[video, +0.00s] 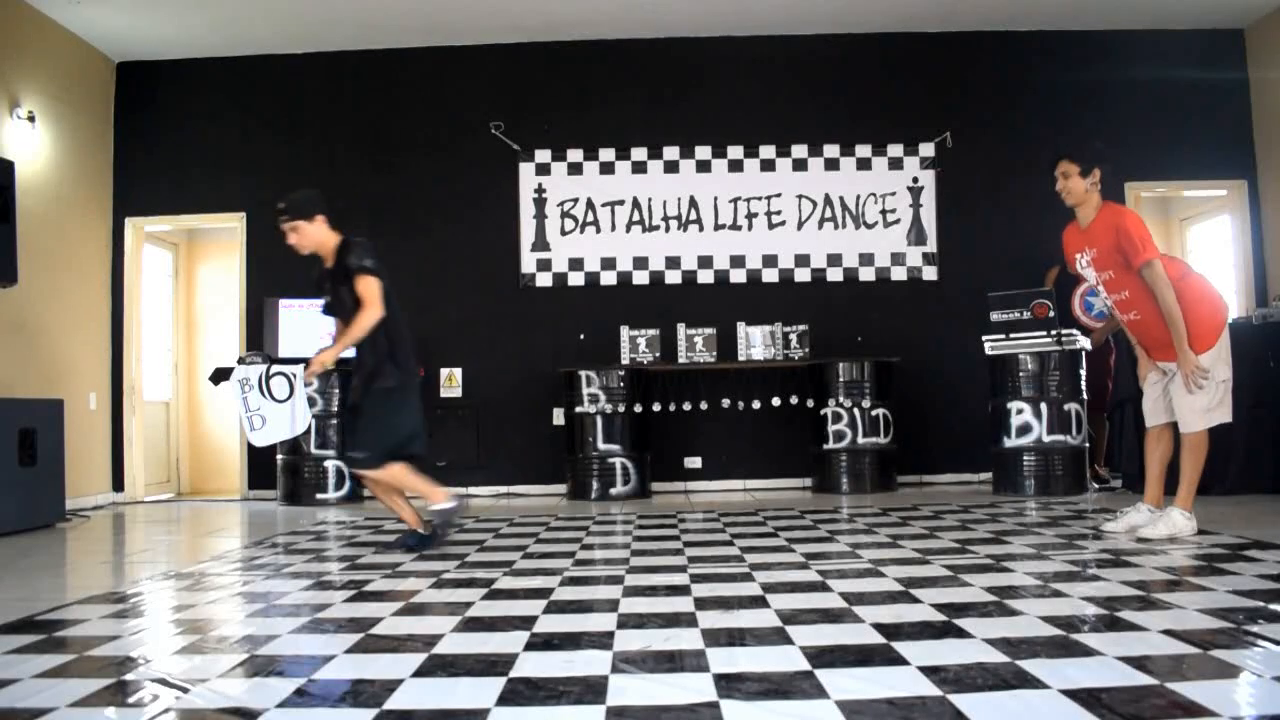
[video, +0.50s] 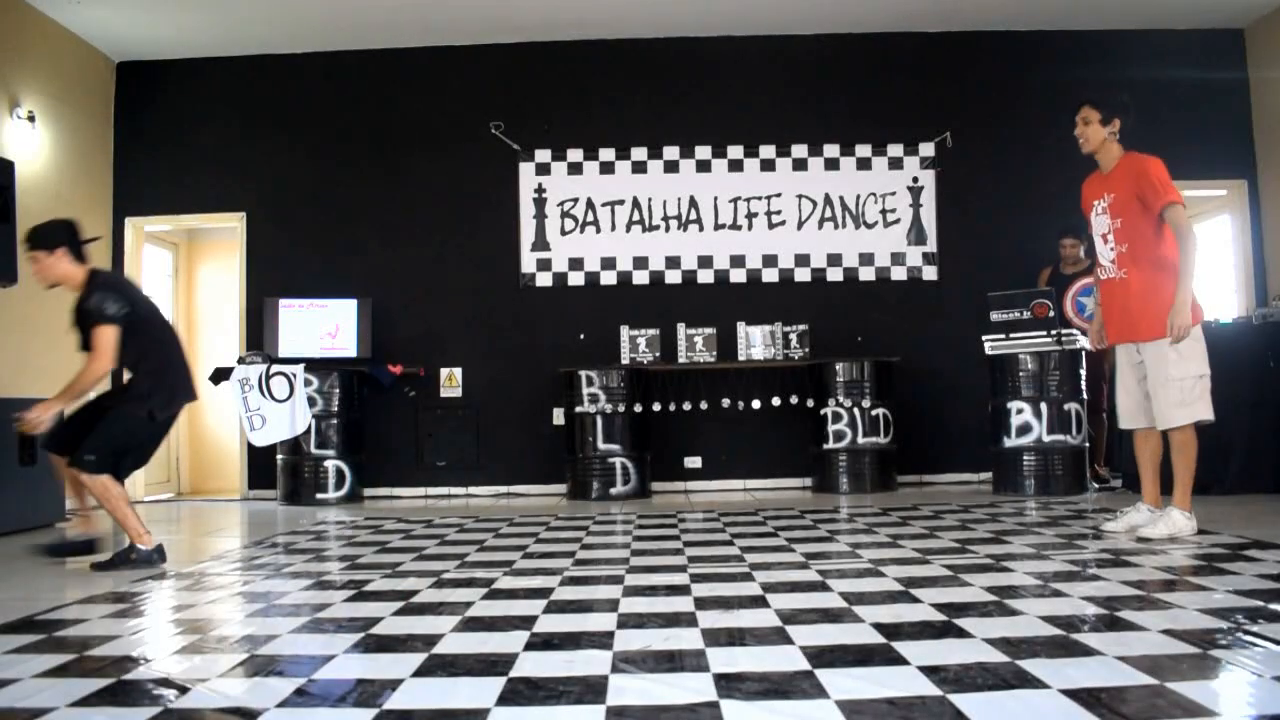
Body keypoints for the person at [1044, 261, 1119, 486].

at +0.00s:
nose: (1075, 253)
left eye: (1082, 249)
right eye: (1072, 248)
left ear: (1093, 253)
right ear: (1066, 249)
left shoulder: (1107, 273)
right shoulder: (1057, 273)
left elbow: (1123, 312)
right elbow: (1048, 309)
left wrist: (1103, 332)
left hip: (1100, 345)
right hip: (1067, 346)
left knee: (1098, 409)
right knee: (1069, 404)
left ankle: (1098, 464)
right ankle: (1074, 464)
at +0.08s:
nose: (1076, 251)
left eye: (1082, 247)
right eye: (1073, 245)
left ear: (1091, 250)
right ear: (1067, 247)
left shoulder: (1103, 274)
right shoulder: (1057, 274)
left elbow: (1122, 313)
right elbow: (1048, 309)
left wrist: (1102, 333)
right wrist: (1054, 338)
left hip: (1099, 350)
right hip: (1068, 349)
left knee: (1098, 410)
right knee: (1068, 405)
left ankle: (1098, 465)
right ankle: (1070, 464)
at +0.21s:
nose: (1074, 249)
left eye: (1078, 244)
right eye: (1071, 244)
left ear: (1089, 249)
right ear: (1067, 247)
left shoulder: (1102, 275)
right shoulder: (1057, 274)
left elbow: (1122, 313)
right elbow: (1048, 308)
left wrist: (1103, 333)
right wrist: (1055, 335)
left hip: (1099, 346)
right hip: (1067, 347)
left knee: (1098, 409)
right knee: (1068, 404)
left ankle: (1098, 465)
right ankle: (1069, 464)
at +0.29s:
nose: (1075, 253)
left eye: (1080, 248)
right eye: (1071, 249)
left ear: (1091, 250)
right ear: (1067, 250)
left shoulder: (1104, 274)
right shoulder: (1056, 274)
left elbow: (1120, 313)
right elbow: (1047, 307)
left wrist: (1102, 337)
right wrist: (1052, 337)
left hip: (1098, 348)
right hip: (1066, 348)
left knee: (1097, 409)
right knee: (1067, 404)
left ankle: (1097, 465)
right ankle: (1069, 463)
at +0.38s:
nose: (1072, 252)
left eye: (1077, 248)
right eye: (1068, 248)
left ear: (1087, 248)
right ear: (1063, 250)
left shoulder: (1099, 272)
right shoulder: (1053, 274)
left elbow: (1112, 306)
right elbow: (1046, 309)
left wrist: (1107, 337)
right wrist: (1051, 340)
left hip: (1098, 345)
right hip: (1067, 346)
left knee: (1098, 407)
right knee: (1068, 403)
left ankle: (1098, 464)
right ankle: (1070, 463)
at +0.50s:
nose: (1068, 251)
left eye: (1073, 246)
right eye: (1063, 247)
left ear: (1083, 247)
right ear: (1057, 249)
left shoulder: (1096, 272)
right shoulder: (1048, 275)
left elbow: (1107, 308)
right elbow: (1040, 311)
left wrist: (1109, 346)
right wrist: (1045, 345)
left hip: (1094, 346)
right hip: (1062, 348)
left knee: (1097, 406)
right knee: (1064, 402)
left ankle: (1099, 464)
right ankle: (1067, 464)